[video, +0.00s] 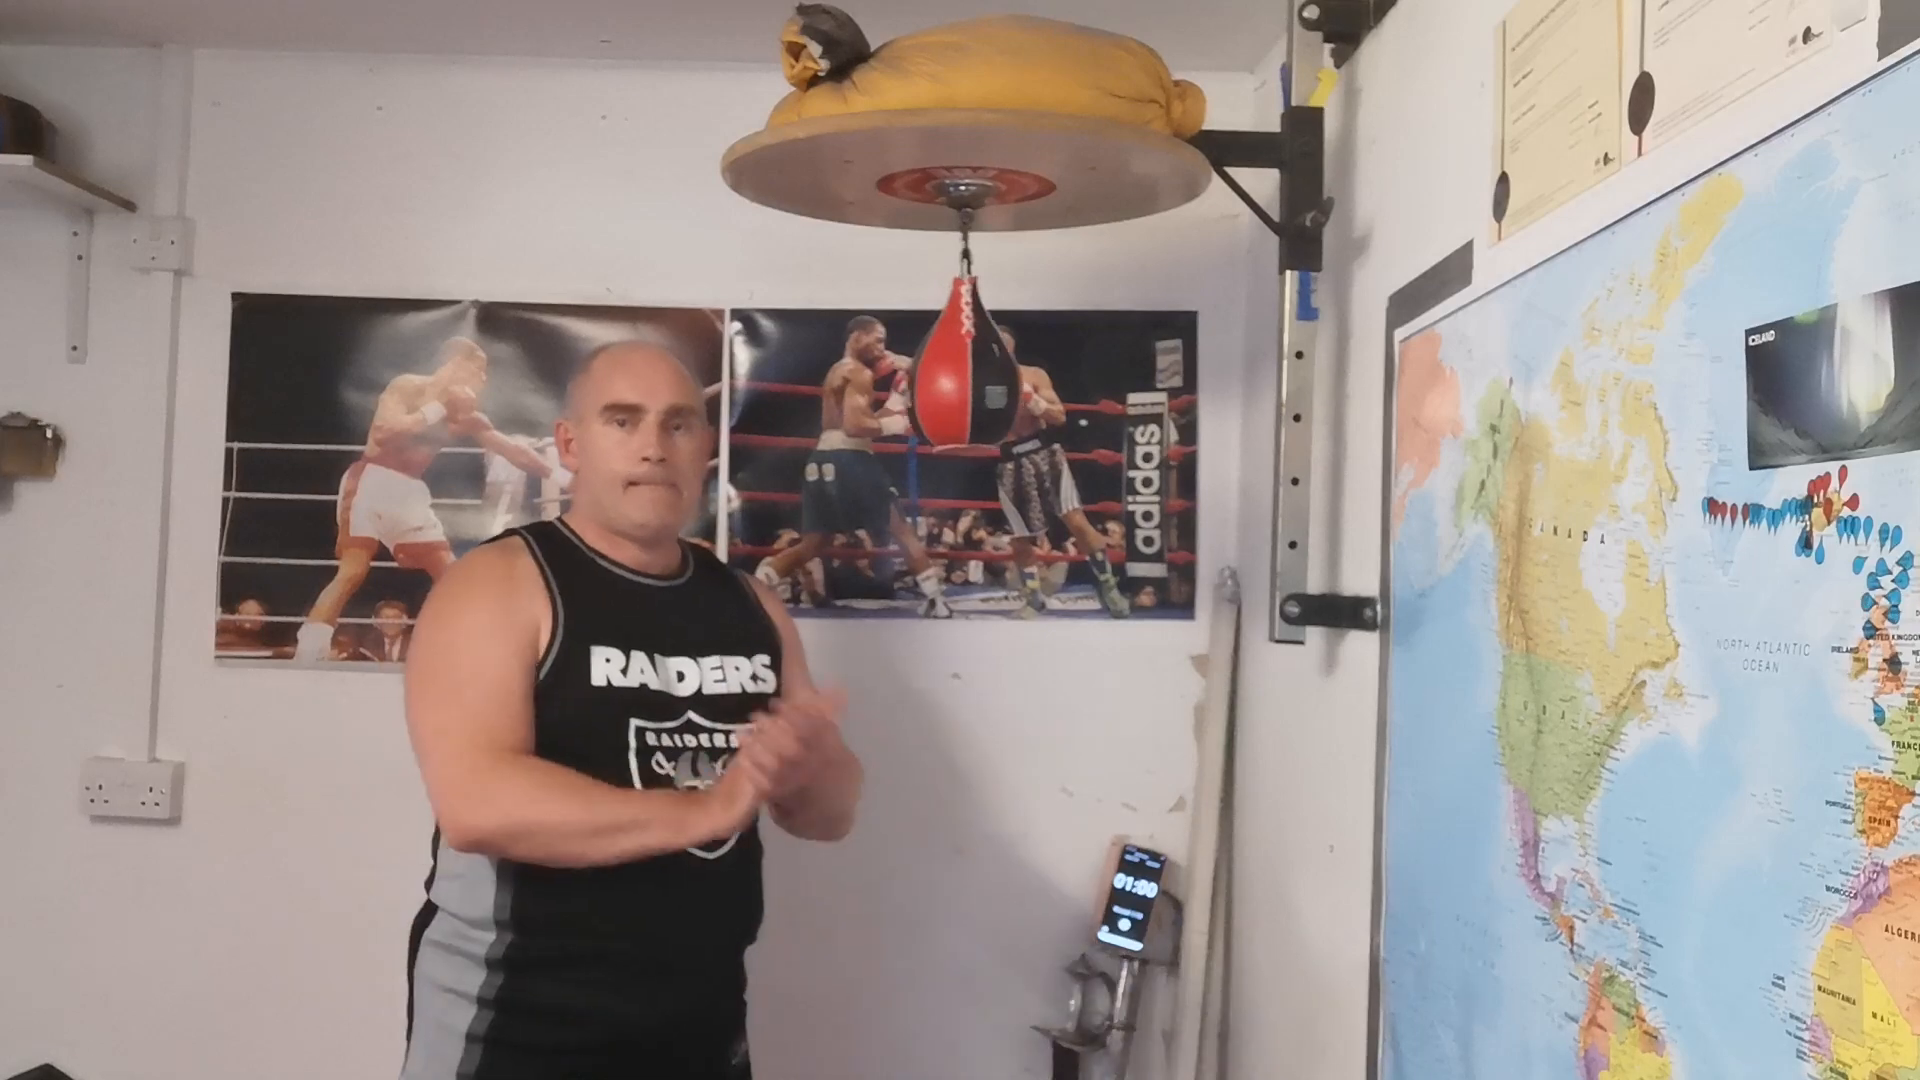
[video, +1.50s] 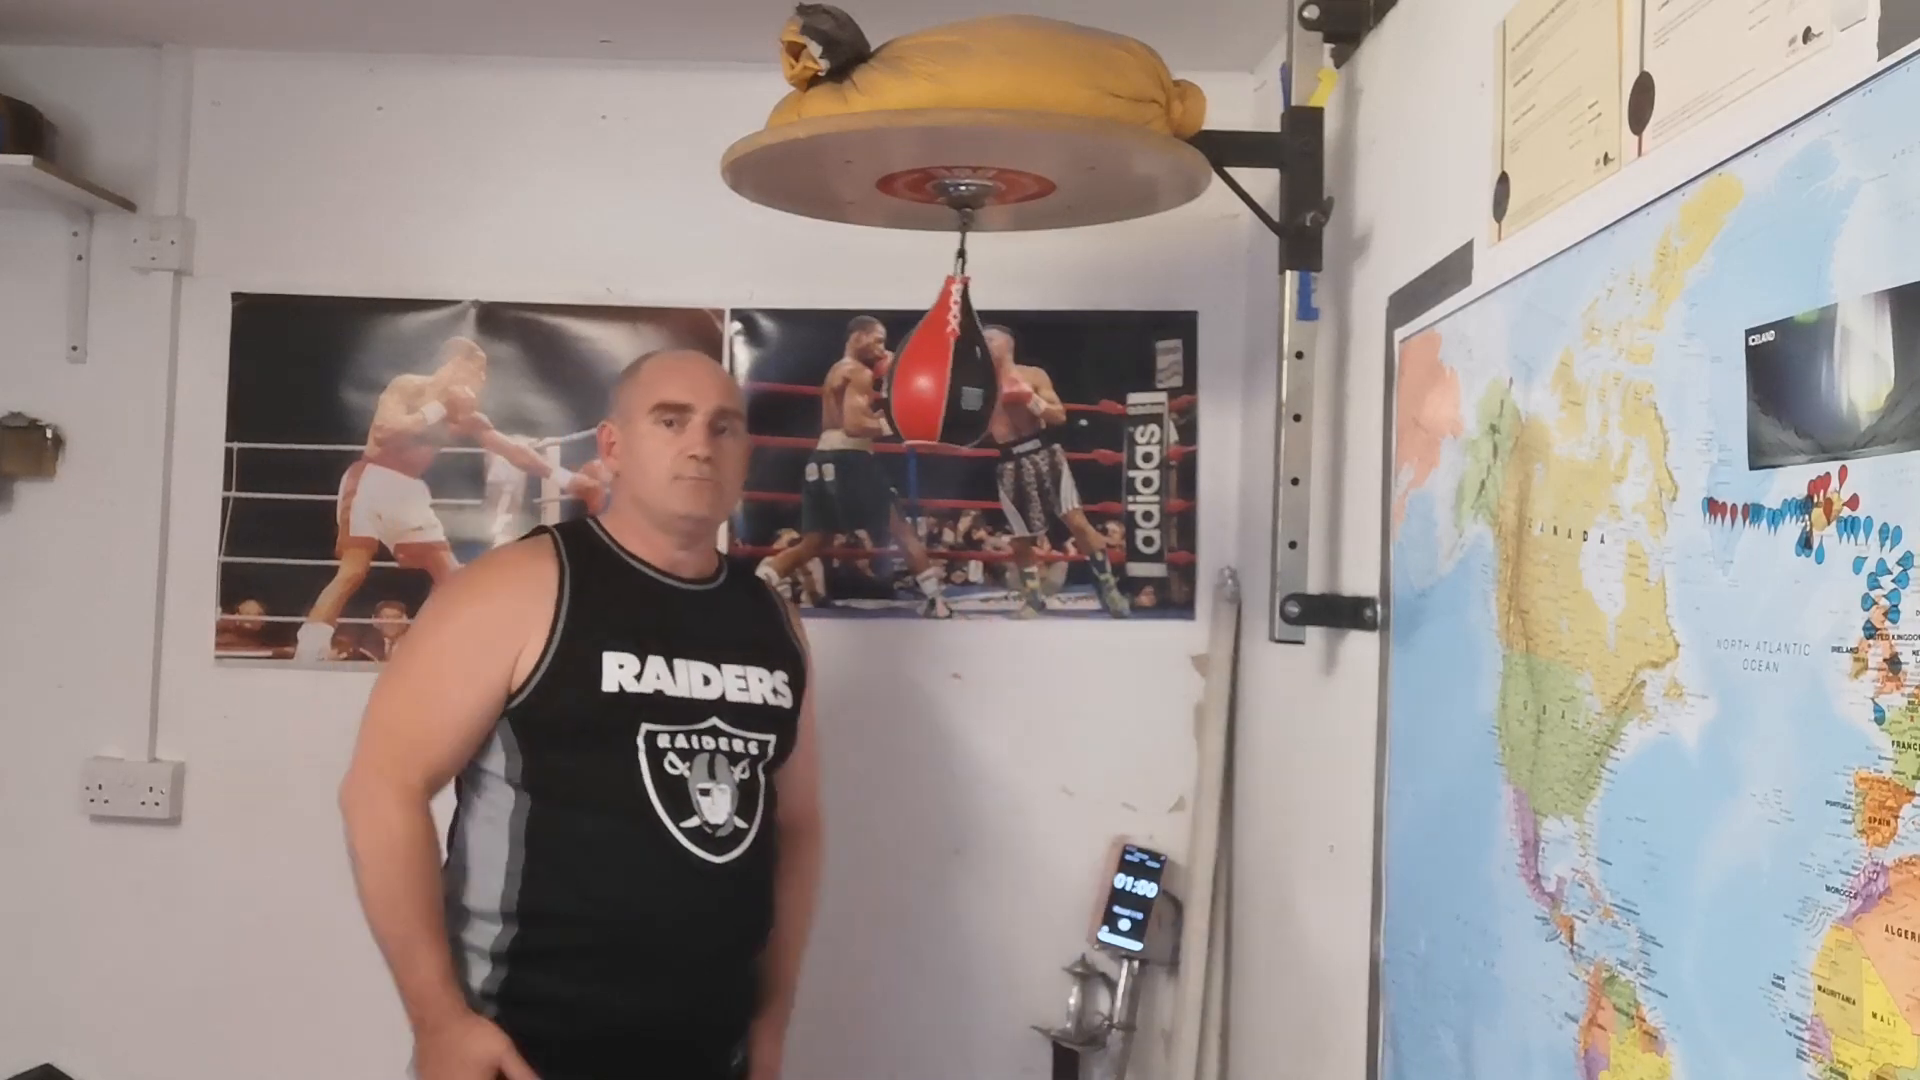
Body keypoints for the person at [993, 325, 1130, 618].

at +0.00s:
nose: (999, 354)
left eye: (1003, 348)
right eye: (994, 349)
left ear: (1012, 348)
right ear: (987, 352)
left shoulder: (1035, 375)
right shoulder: (984, 383)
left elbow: (1058, 417)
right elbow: (985, 430)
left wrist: (1038, 405)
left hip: (1046, 456)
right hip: (1011, 464)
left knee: (1075, 522)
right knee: (1021, 538)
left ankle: (1108, 586)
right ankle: (1032, 597)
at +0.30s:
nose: (1002, 358)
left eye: (1004, 352)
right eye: (995, 356)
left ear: (1012, 352)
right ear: (988, 362)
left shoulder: (1034, 376)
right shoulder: (985, 386)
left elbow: (1059, 416)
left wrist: (1043, 409)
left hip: (1047, 454)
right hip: (1011, 463)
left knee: (1077, 523)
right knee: (1021, 537)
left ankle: (1109, 588)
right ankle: (1032, 598)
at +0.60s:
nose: (986, 347)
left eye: (991, 340)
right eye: (982, 342)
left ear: (1009, 345)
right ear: (980, 350)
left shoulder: (1033, 375)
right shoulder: (983, 385)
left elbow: (1059, 417)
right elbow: (989, 425)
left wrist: (1033, 401)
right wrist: (965, 445)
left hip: (1046, 457)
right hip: (1011, 465)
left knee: (1075, 522)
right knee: (1027, 540)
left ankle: (1109, 587)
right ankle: (1030, 602)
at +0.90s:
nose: (997, 354)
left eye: (1001, 348)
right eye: (993, 348)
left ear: (1012, 349)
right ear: (985, 352)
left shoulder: (1034, 375)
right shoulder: (981, 383)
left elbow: (1059, 417)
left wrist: (1035, 404)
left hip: (1045, 456)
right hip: (1010, 465)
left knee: (1075, 521)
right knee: (1026, 541)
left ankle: (1108, 587)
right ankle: (1040, 598)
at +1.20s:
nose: (1006, 361)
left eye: (1008, 354)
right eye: (997, 357)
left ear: (1017, 354)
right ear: (990, 362)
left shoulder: (1035, 376)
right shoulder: (985, 385)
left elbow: (1059, 416)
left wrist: (1040, 404)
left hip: (1047, 454)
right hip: (1012, 463)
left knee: (1076, 522)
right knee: (1021, 537)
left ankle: (1109, 588)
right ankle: (1032, 599)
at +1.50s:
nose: (989, 348)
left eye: (993, 341)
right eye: (984, 343)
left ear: (1009, 345)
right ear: (981, 351)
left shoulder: (1033, 375)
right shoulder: (981, 385)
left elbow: (1059, 416)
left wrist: (1033, 401)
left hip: (1046, 457)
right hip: (1011, 465)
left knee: (1075, 521)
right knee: (1022, 538)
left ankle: (1109, 588)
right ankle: (1032, 599)